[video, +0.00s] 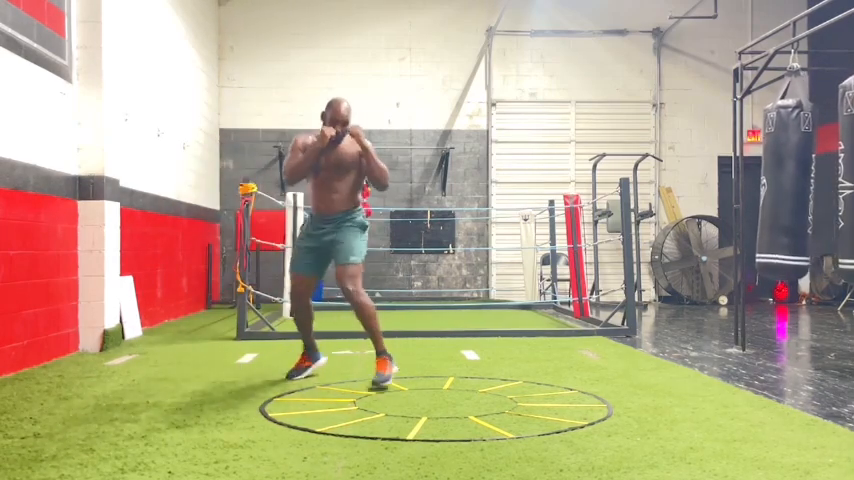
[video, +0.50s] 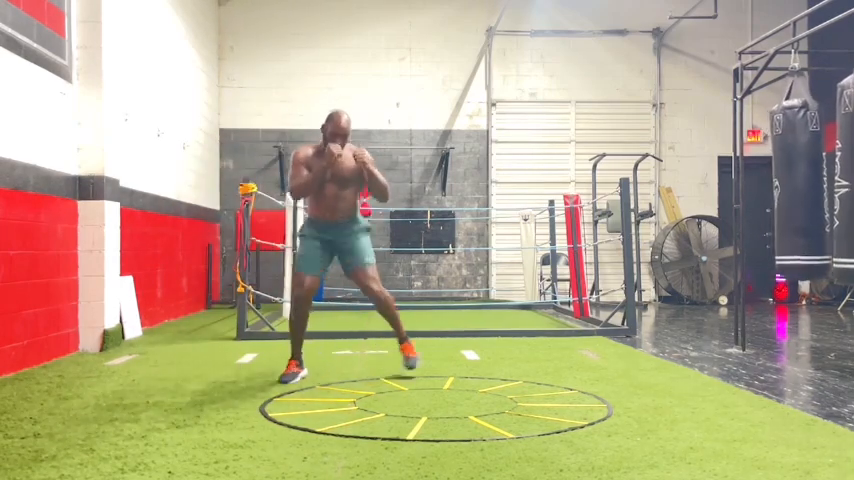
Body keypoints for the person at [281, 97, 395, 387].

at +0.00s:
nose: (338, 129)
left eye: (344, 124)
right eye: (334, 123)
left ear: (350, 123)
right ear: (323, 118)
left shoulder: (360, 145)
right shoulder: (304, 142)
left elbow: (382, 183)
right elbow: (290, 177)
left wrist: (364, 144)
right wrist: (319, 148)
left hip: (349, 223)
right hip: (315, 225)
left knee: (350, 287)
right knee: (298, 295)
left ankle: (383, 356)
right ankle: (310, 354)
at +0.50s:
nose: (339, 141)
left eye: (344, 137)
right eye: (335, 136)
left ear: (350, 134)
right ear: (324, 130)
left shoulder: (358, 155)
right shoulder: (304, 155)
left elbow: (384, 195)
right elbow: (297, 192)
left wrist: (366, 167)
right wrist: (324, 164)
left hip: (352, 231)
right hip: (315, 232)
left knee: (373, 289)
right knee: (302, 293)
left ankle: (404, 340)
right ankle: (295, 361)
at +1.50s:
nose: (369, 143)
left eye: (373, 139)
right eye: (365, 138)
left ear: (378, 138)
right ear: (355, 136)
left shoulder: (392, 162)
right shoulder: (341, 161)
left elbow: (410, 197)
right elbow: (327, 194)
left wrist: (395, 177)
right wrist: (352, 173)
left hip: (385, 230)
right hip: (355, 233)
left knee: (397, 285)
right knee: (349, 295)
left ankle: (419, 349)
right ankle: (360, 349)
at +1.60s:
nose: (366, 136)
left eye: (371, 132)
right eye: (362, 131)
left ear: (377, 132)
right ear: (353, 130)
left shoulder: (390, 155)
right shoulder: (340, 155)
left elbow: (411, 188)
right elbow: (327, 188)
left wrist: (391, 166)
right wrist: (352, 162)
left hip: (383, 225)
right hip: (354, 227)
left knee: (389, 282)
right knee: (350, 290)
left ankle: (413, 344)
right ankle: (359, 346)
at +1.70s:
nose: (366, 141)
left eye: (371, 137)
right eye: (362, 137)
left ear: (377, 136)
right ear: (353, 135)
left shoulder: (390, 160)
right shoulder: (340, 160)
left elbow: (411, 193)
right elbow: (328, 192)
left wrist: (390, 169)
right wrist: (351, 164)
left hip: (381, 230)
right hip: (353, 232)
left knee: (387, 292)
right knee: (347, 296)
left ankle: (412, 348)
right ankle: (361, 349)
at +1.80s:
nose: (366, 145)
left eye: (370, 141)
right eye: (361, 140)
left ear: (377, 141)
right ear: (352, 140)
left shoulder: (391, 165)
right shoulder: (342, 167)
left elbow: (410, 200)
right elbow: (328, 200)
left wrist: (392, 183)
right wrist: (350, 173)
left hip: (382, 235)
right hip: (353, 237)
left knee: (382, 293)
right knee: (346, 297)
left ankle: (411, 345)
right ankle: (361, 350)